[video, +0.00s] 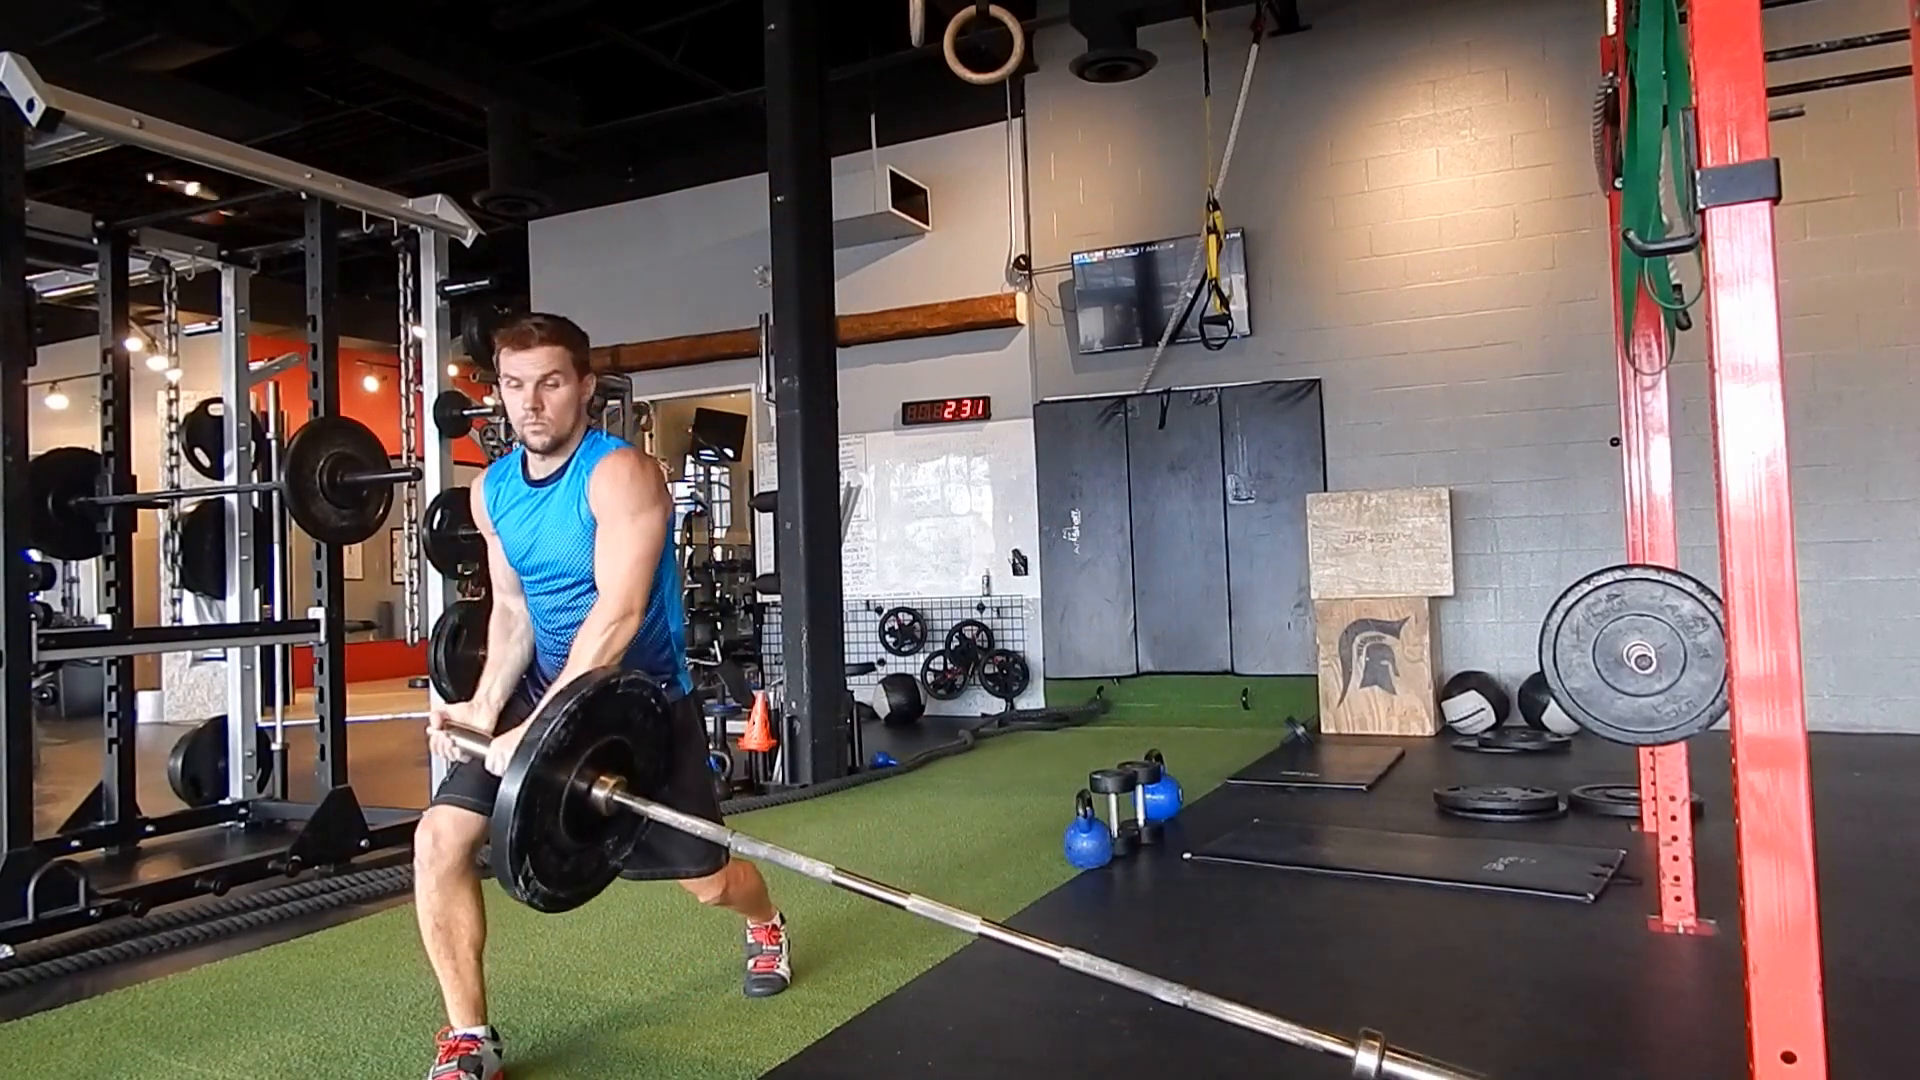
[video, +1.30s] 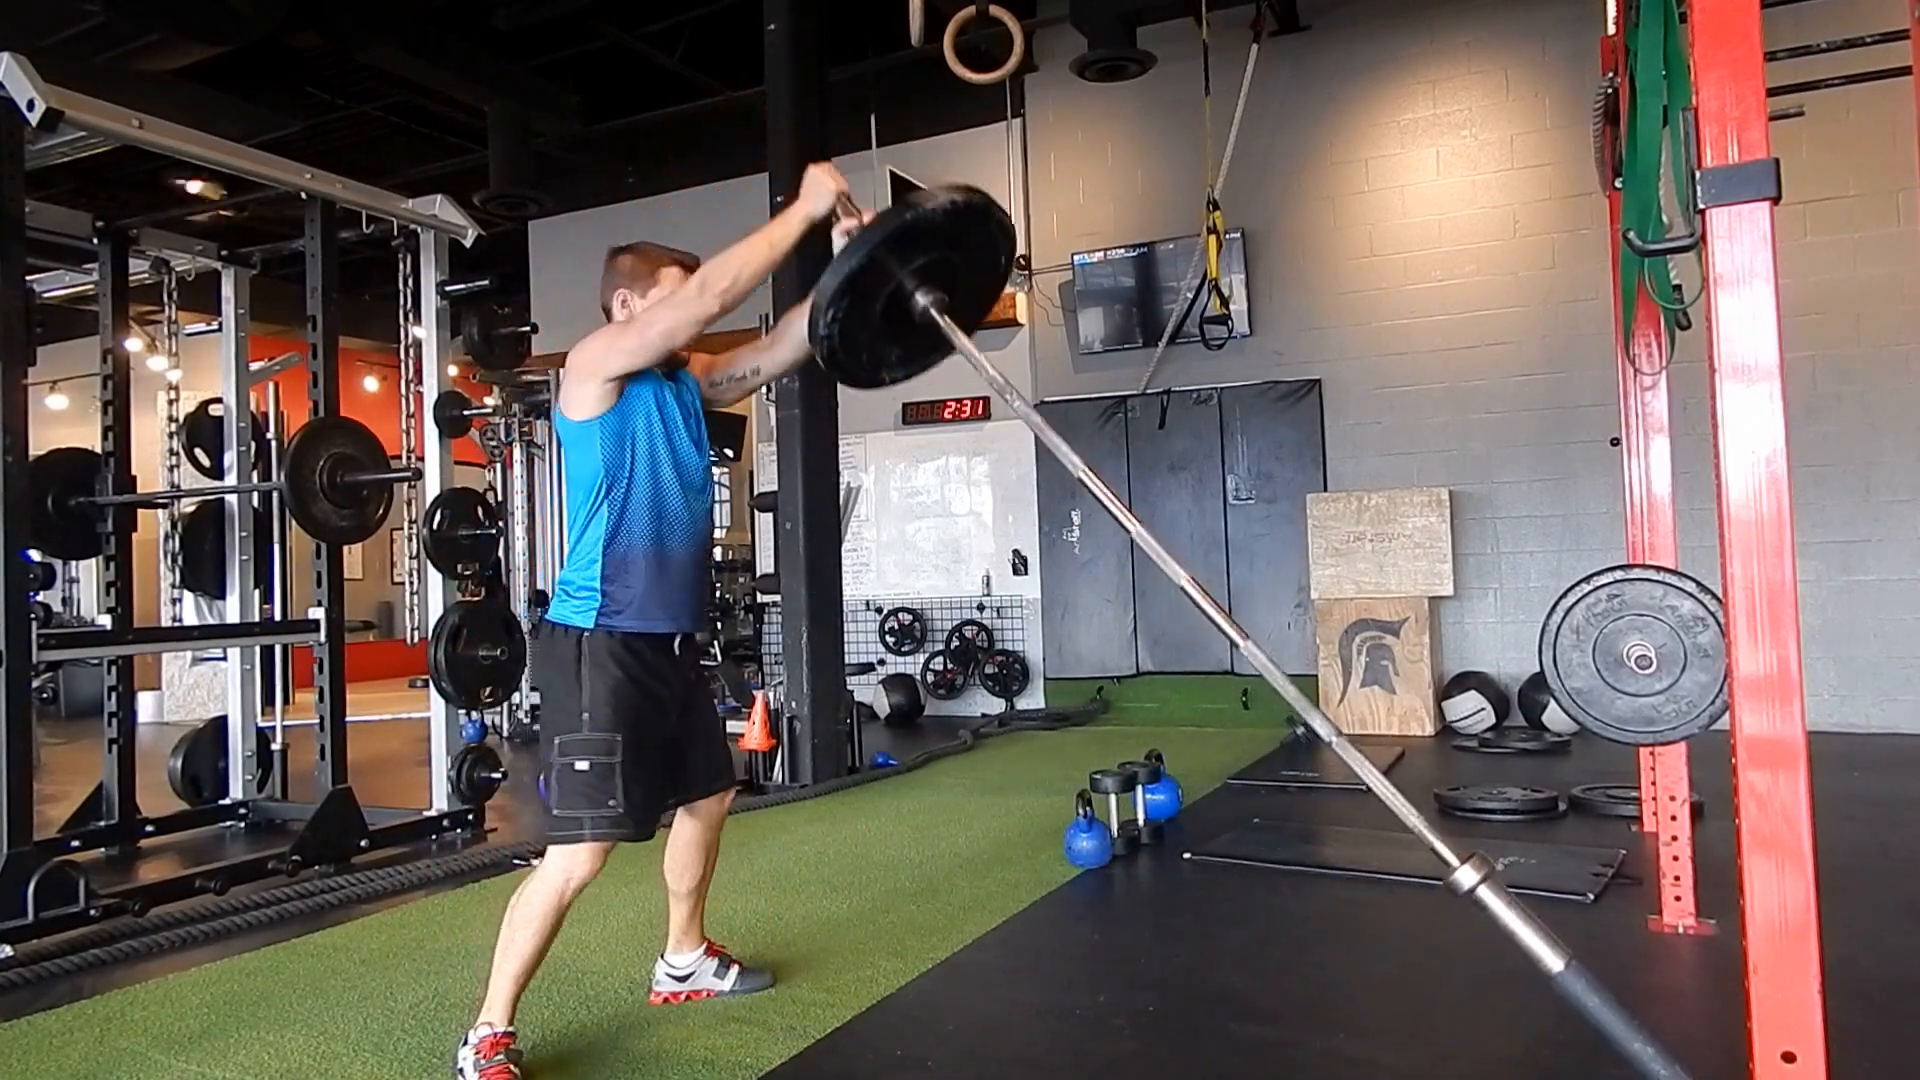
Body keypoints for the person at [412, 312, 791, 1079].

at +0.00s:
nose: (531, 400)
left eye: (549, 381)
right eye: (515, 384)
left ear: (586, 385)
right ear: (501, 393)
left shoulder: (624, 474)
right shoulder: (493, 489)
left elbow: (619, 619)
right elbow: (510, 609)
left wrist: (534, 733)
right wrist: (483, 703)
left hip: (642, 700)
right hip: (539, 700)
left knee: (710, 883)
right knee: (439, 841)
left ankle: (768, 922)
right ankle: (469, 1038)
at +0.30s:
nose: (592, 346)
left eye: (607, 333)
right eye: (573, 335)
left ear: (629, 352)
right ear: (547, 357)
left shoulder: (661, 430)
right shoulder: (509, 447)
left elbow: (645, 554)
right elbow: (500, 568)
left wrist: (514, 592)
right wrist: (457, 585)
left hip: (636, 664)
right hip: (531, 667)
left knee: (714, 848)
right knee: (463, 848)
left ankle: (754, 924)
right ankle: (473, 1036)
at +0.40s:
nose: (614, 327)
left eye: (627, 314)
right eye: (595, 315)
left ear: (643, 331)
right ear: (562, 335)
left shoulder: (668, 404)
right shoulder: (515, 422)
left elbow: (675, 498)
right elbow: (502, 547)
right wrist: (478, 496)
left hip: (654, 667)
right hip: (541, 676)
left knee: (717, 829)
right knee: (482, 840)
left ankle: (729, 929)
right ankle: (475, 1035)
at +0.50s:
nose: (625, 309)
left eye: (637, 297)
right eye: (607, 296)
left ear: (649, 310)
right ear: (569, 310)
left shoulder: (665, 385)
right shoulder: (529, 388)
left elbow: (728, 433)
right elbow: (509, 479)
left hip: (657, 648)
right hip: (551, 650)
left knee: (714, 807)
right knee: (512, 838)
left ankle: (696, 944)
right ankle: (477, 1033)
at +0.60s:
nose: (636, 300)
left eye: (645, 287)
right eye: (619, 284)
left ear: (654, 300)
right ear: (580, 293)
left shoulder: (667, 385)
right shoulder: (533, 376)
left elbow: (739, 377)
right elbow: (527, 401)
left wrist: (696, 296)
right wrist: (588, 271)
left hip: (661, 638)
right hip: (563, 638)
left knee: (708, 794)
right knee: (548, 826)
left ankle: (687, 953)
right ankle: (483, 1026)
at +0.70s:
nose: (648, 293)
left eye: (653, 280)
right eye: (630, 283)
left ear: (659, 298)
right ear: (586, 300)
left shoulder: (675, 371)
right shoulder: (536, 371)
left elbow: (752, 316)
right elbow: (580, 315)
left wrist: (736, 228)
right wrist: (655, 204)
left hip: (664, 636)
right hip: (569, 635)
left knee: (702, 787)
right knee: (568, 828)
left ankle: (684, 956)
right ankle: (485, 1028)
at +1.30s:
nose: (694, 300)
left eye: (693, 290)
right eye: (680, 288)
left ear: (661, 302)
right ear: (627, 300)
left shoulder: (681, 374)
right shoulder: (590, 362)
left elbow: (773, 351)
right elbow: (703, 298)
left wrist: (850, 267)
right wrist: (806, 209)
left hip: (668, 643)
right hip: (594, 643)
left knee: (705, 793)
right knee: (582, 846)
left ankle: (682, 957)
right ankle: (490, 1031)